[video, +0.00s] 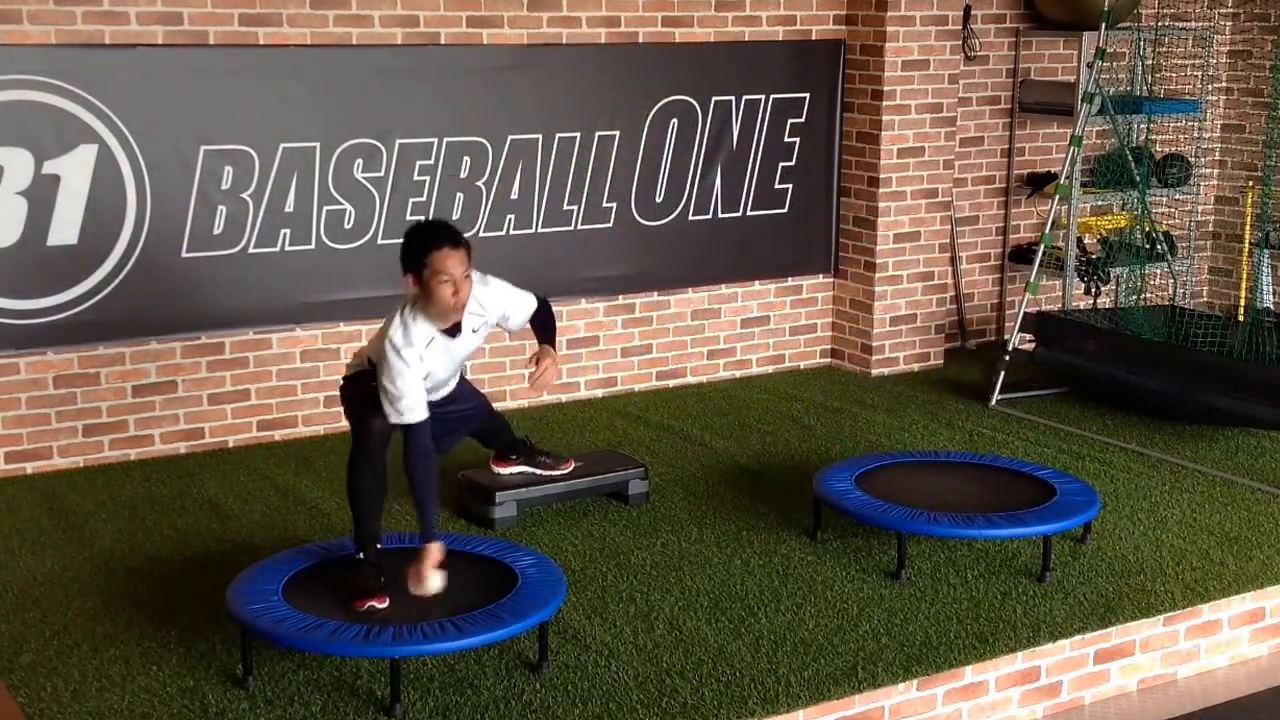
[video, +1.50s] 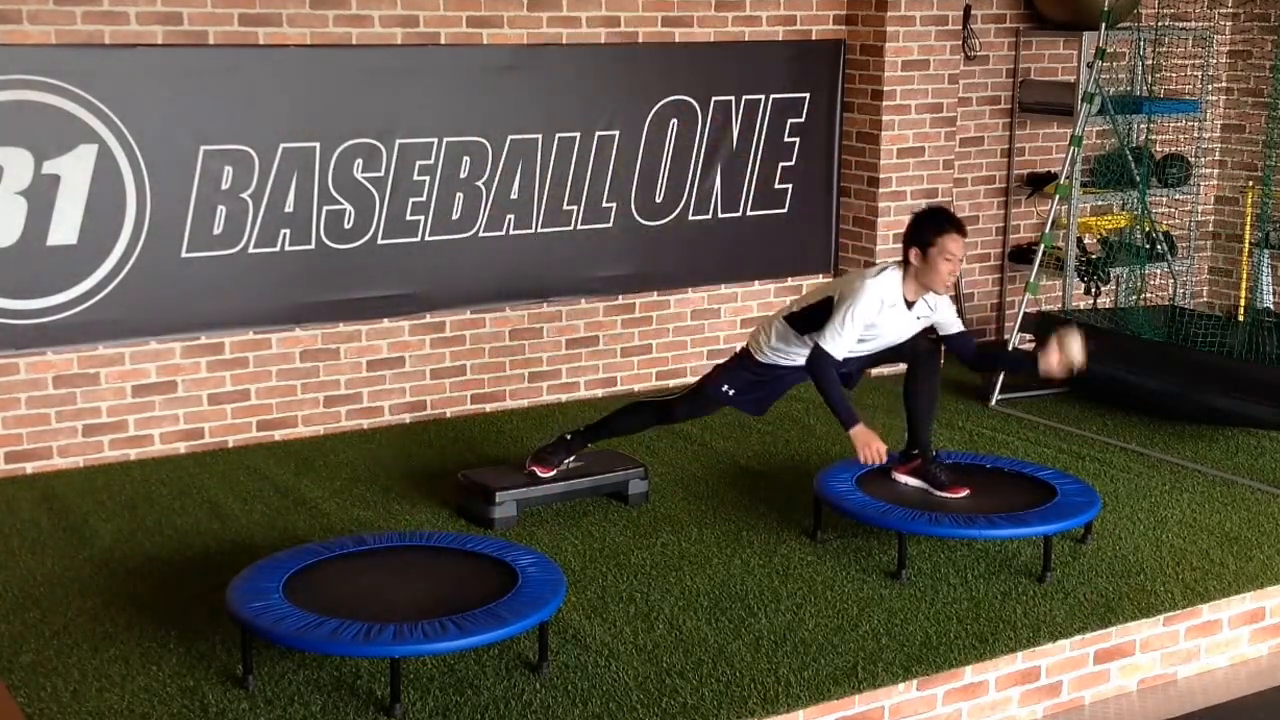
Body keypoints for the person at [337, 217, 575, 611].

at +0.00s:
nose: (460, 291)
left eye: (466, 277)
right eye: (445, 282)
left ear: (471, 271)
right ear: (415, 285)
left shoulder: (484, 293)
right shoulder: (403, 340)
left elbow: (538, 308)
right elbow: (418, 444)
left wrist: (548, 346)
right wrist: (431, 539)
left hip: (442, 380)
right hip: (377, 384)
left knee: (489, 421)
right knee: (371, 439)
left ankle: (514, 451)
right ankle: (368, 558)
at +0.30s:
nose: (540, 196)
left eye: (542, 185)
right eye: (528, 187)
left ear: (545, 186)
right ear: (494, 192)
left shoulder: (527, 231)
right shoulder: (483, 242)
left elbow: (554, 253)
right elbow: (494, 319)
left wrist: (588, 261)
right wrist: (540, 336)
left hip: (466, 340)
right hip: (414, 342)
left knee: (523, 375)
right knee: (426, 425)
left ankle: (511, 451)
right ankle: (377, 553)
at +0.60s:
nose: (618, 75)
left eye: (622, 64)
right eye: (607, 65)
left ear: (625, 65)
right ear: (576, 65)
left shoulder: (624, 115)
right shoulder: (557, 119)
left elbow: (679, 140)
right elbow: (522, 190)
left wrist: (688, 118)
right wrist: (576, 160)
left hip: (569, 266)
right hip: (524, 263)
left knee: (580, 353)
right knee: (504, 362)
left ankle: (517, 446)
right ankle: (448, 470)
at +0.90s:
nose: (697, 79)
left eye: (701, 69)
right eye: (687, 67)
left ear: (705, 72)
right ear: (654, 65)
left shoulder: (699, 117)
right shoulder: (629, 118)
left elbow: (749, 159)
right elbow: (613, 184)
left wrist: (793, 144)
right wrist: (687, 144)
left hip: (679, 253)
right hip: (619, 267)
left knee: (766, 302)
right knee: (577, 365)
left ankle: (781, 401)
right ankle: (554, 442)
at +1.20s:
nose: (870, 194)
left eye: (874, 184)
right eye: (860, 183)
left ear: (874, 189)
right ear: (828, 185)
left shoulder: (870, 233)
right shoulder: (792, 230)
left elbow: (923, 280)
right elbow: (741, 298)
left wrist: (955, 267)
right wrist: (785, 336)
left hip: (808, 326)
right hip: (749, 330)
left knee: (893, 348)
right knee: (660, 404)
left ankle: (917, 460)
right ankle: (568, 440)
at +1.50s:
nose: (961, 267)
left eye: (962, 257)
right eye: (954, 257)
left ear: (946, 260)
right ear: (919, 256)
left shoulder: (937, 301)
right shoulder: (870, 293)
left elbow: (978, 356)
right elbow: (821, 362)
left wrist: (1038, 361)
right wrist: (856, 427)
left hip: (842, 353)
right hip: (784, 349)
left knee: (932, 344)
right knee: (683, 408)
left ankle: (916, 458)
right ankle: (573, 441)